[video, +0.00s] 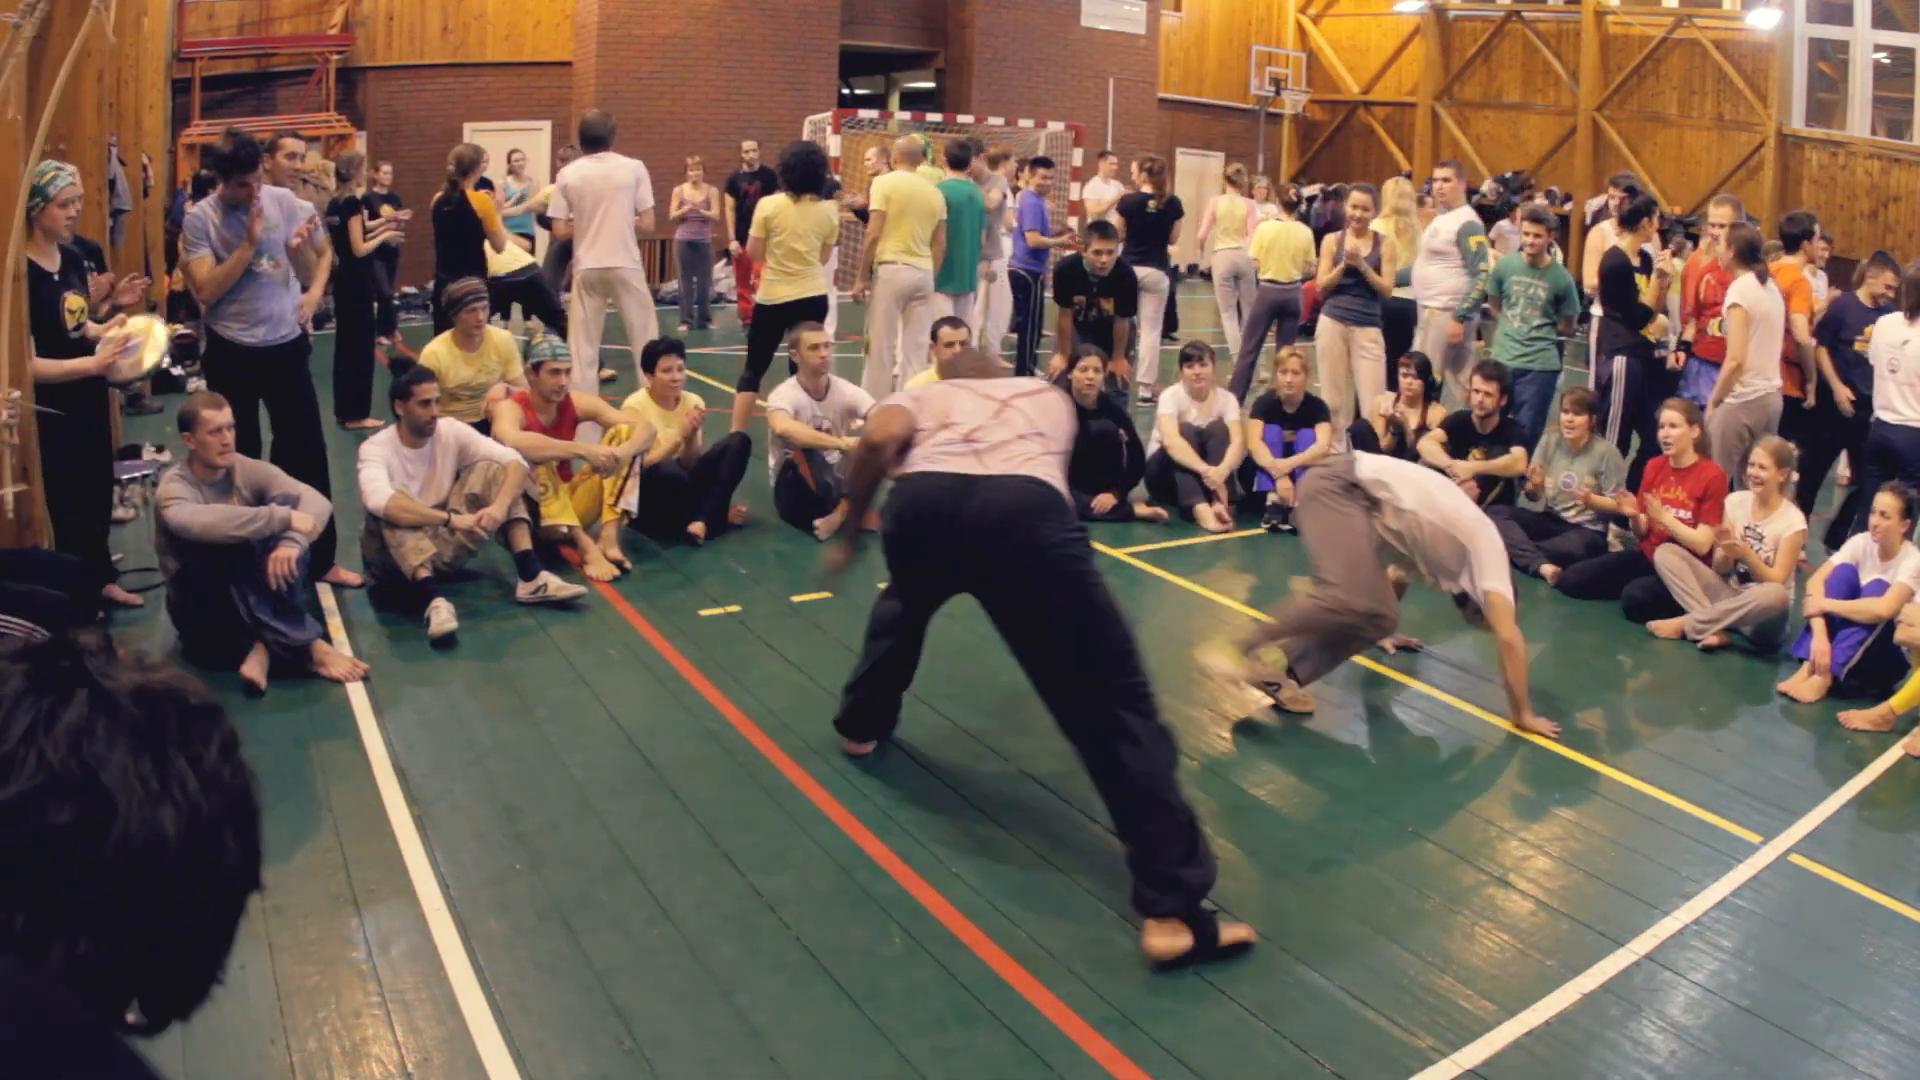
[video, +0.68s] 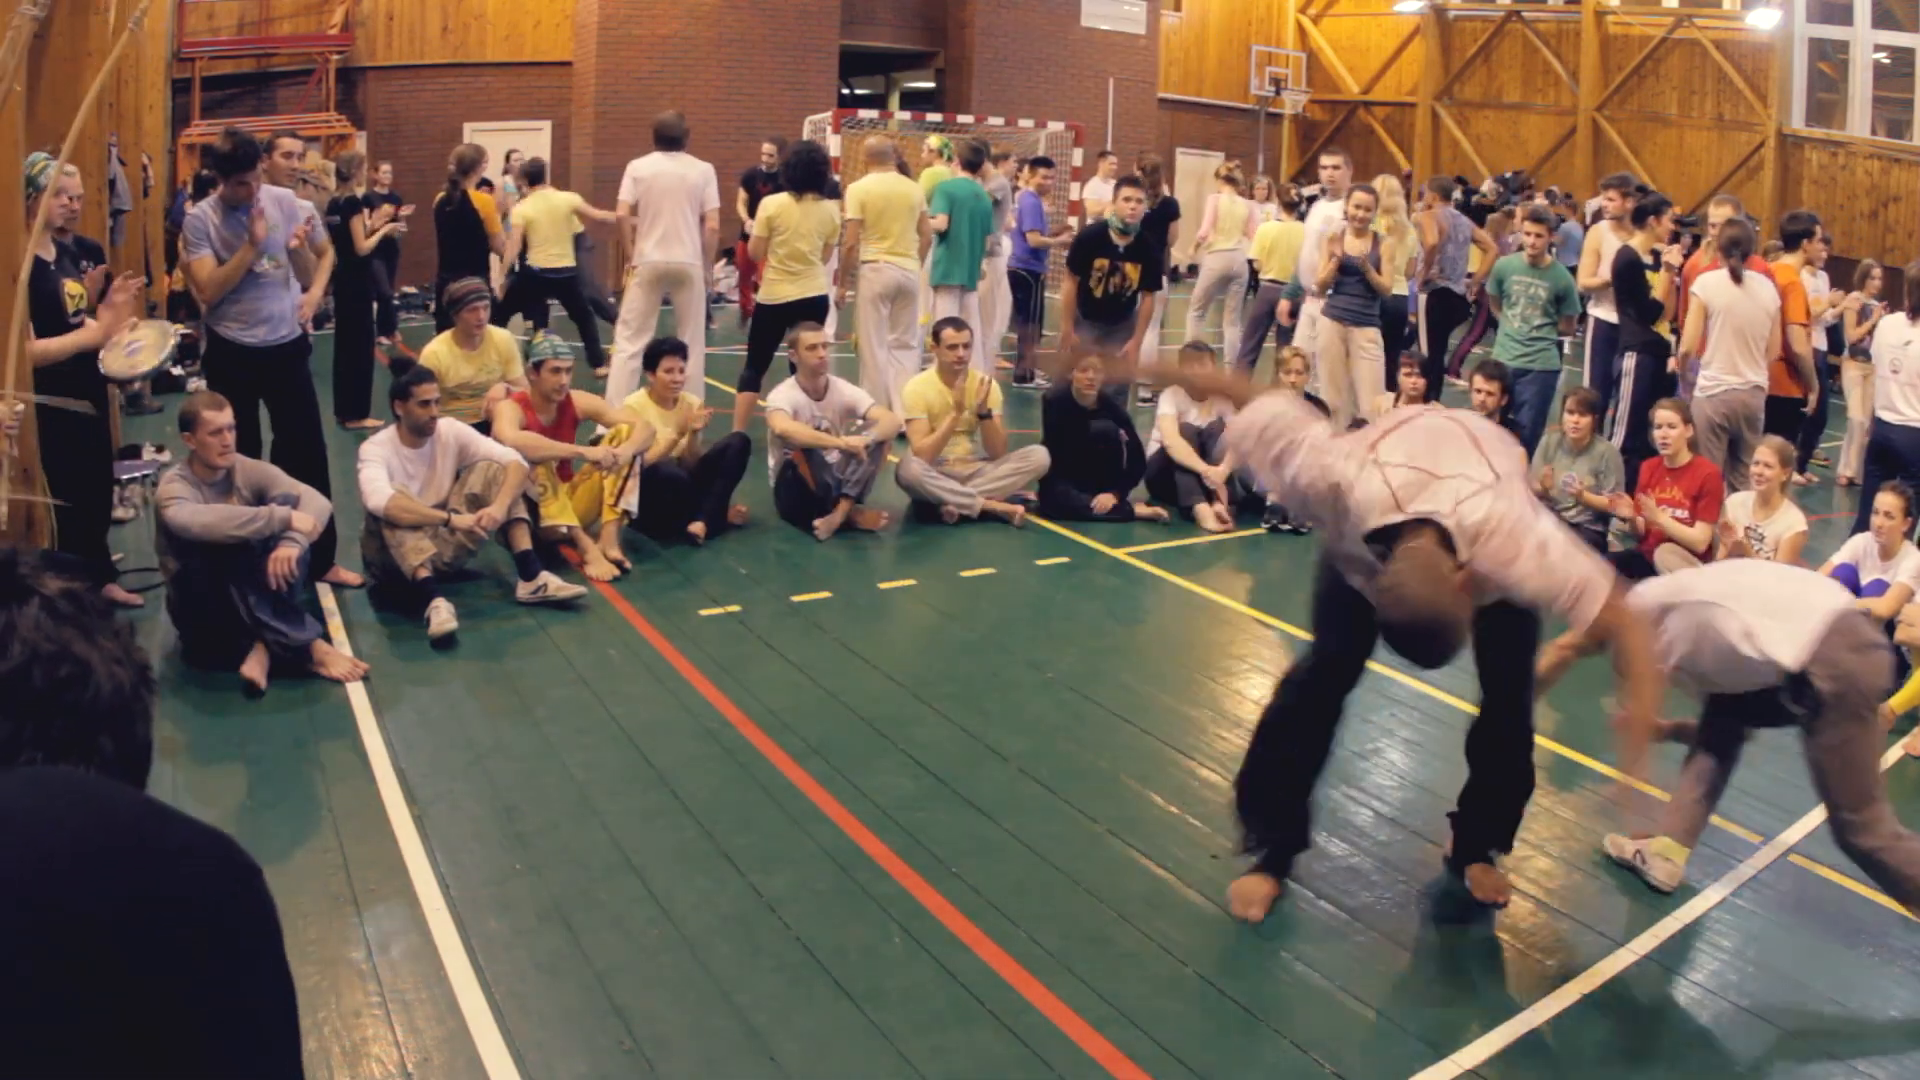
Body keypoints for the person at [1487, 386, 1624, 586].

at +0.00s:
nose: (1569, 419)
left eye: (1577, 414)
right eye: (1565, 412)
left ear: (1591, 420)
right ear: (1559, 414)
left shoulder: (1607, 452)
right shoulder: (1549, 441)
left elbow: (1618, 505)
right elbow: (1531, 495)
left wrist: (1591, 500)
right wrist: (1534, 486)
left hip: (1585, 529)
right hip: (1549, 518)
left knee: (1574, 548)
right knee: (1495, 512)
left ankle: (1513, 550)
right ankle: (1539, 566)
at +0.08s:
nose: (1570, 420)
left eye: (1578, 414)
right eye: (1566, 412)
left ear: (1592, 420)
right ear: (1559, 415)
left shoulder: (1606, 451)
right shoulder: (1550, 441)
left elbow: (1617, 505)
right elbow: (1533, 497)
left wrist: (1589, 499)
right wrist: (1536, 484)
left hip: (1585, 529)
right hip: (1549, 518)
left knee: (1574, 548)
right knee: (1497, 512)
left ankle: (1510, 553)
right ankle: (1539, 565)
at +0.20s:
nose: (1572, 419)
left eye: (1580, 414)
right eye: (1567, 412)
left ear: (1593, 419)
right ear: (1560, 415)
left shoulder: (1607, 452)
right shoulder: (1549, 441)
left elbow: (1609, 505)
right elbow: (1534, 489)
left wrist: (1574, 490)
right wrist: (1553, 491)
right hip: (1551, 516)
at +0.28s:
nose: (1572, 419)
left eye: (1580, 414)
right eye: (1568, 412)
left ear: (1594, 419)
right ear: (1561, 414)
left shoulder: (1607, 452)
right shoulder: (1549, 441)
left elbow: (1613, 504)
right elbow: (1533, 483)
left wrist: (1581, 493)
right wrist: (1557, 483)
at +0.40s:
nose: (1572, 420)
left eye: (1580, 414)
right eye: (1568, 412)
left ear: (1594, 420)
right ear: (1561, 414)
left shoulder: (1607, 452)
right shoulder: (1550, 440)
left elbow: (1615, 504)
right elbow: (1532, 494)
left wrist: (1586, 497)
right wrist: (1541, 487)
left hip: (1583, 522)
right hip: (1546, 514)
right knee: (1494, 513)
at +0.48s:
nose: (1574, 420)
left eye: (1581, 414)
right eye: (1569, 413)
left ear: (1594, 419)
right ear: (1562, 415)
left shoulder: (1607, 452)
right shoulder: (1549, 442)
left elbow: (1610, 505)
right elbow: (1532, 489)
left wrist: (1576, 492)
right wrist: (1554, 489)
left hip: (1586, 525)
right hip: (1548, 517)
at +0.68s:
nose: (1575, 420)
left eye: (1582, 415)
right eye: (1570, 413)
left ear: (1594, 419)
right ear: (1562, 416)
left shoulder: (1608, 453)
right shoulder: (1549, 441)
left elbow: (1615, 504)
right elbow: (1531, 486)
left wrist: (1583, 496)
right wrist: (1542, 485)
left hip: (1586, 527)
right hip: (1546, 519)